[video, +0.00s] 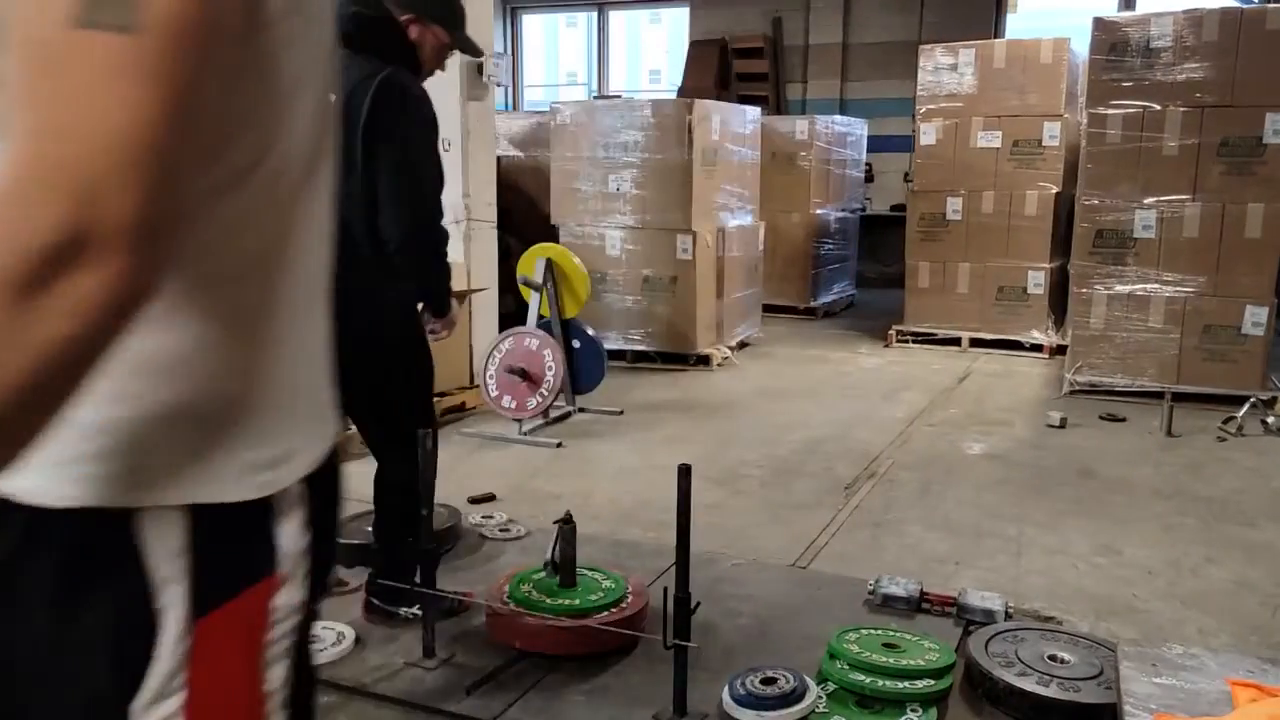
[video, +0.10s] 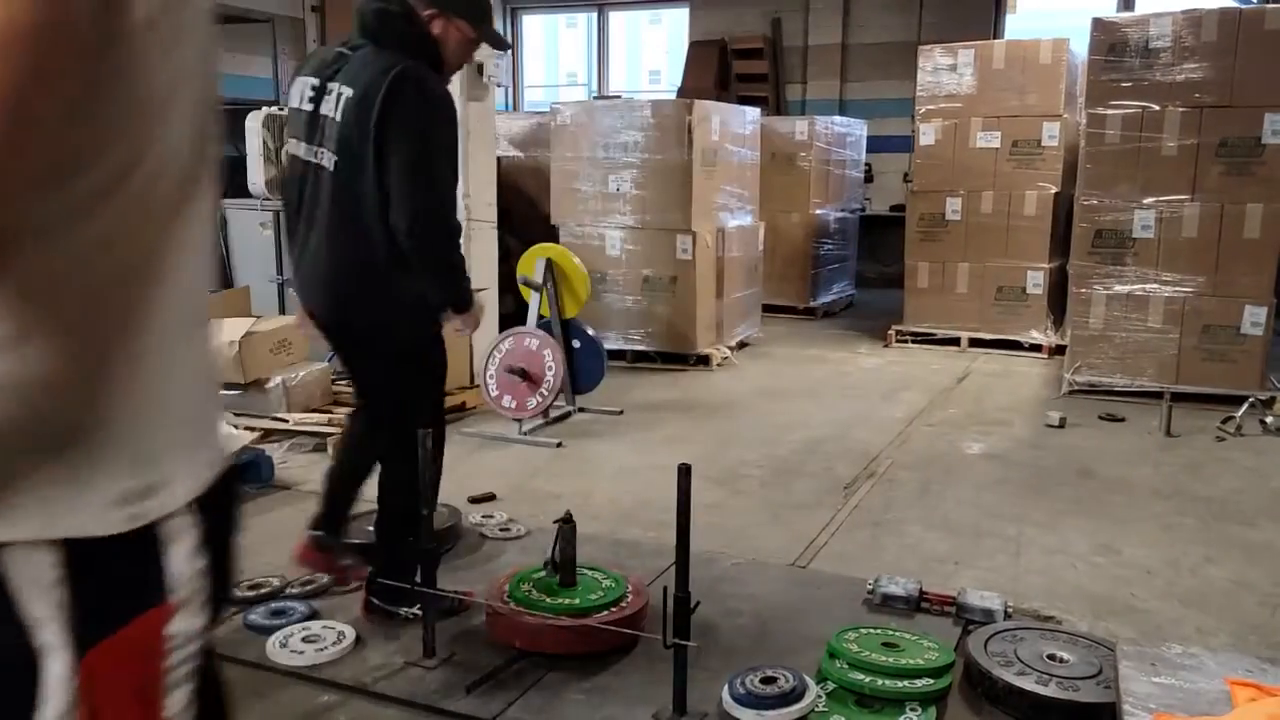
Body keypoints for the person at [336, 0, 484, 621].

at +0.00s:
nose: (445, 60)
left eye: (451, 49)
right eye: (446, 44)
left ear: (402, 24)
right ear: (412, 25)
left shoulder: (325, 73)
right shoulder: (399, 94)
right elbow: (411, 211)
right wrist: (437, 297)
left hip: (310, 292)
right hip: (374, 302)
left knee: (311, 444)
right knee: (405, 443)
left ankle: (315, 571)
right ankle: (399, 585)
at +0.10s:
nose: (471, 57)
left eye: (477, 46)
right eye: (471, 41)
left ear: (425, 17)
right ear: (435, 19)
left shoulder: (326, 65)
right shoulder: (415, 87)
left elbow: (296, 186)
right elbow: (423, 208)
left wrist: (305, 282)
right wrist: (458, 296)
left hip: (328, 285)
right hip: (388, 292)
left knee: (378, 407)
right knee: (415, 427)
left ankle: (325, 533)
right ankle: (396, 583)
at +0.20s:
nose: (488, 61)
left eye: (494, 48)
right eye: (488, 45)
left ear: (445, 19)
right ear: (451, 21)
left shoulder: (369, 65)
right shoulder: (427, 88)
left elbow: (341, 187)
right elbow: (428, 214)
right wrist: (472, 294)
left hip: (363, 276)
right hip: (403, 287)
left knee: (415, 408)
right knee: (424, 413)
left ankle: (402, 553)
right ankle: (401, 581)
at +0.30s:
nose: (509, 64)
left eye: (513, 51)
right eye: (505, 48)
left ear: (465, 27)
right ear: (466, 28)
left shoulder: (407, 71)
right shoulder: (435, 90)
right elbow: (426, 221)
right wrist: (483, 304)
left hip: (413, 289)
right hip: (421, 298)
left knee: (478, 397)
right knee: (437, 429)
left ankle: (488, 520)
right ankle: (397, 585)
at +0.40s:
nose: (526, 73)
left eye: (531, 61)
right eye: (521, 56)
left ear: (483, 39)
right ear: (478, 37)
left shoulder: (471, 97)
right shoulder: (440, 100)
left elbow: (475, 212)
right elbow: (423, 231)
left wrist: (503, 293)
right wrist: (485, 317)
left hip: (469, 305)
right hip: (441, 311)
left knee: (505, 421)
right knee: (454, 438)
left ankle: (541, 529)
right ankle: (397, 584)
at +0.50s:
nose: (542, 81)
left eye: (547, 69)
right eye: (537, 67)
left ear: (510, 53)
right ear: (499, 48)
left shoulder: (512, 108)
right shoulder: (446, 110)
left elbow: (522, 207)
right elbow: (416, 235)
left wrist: (550, 279)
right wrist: (480, 320)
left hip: (517, 300)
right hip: (463, 309)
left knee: (535, 419)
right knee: (475, 438)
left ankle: (552, 532)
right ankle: (402, 572)